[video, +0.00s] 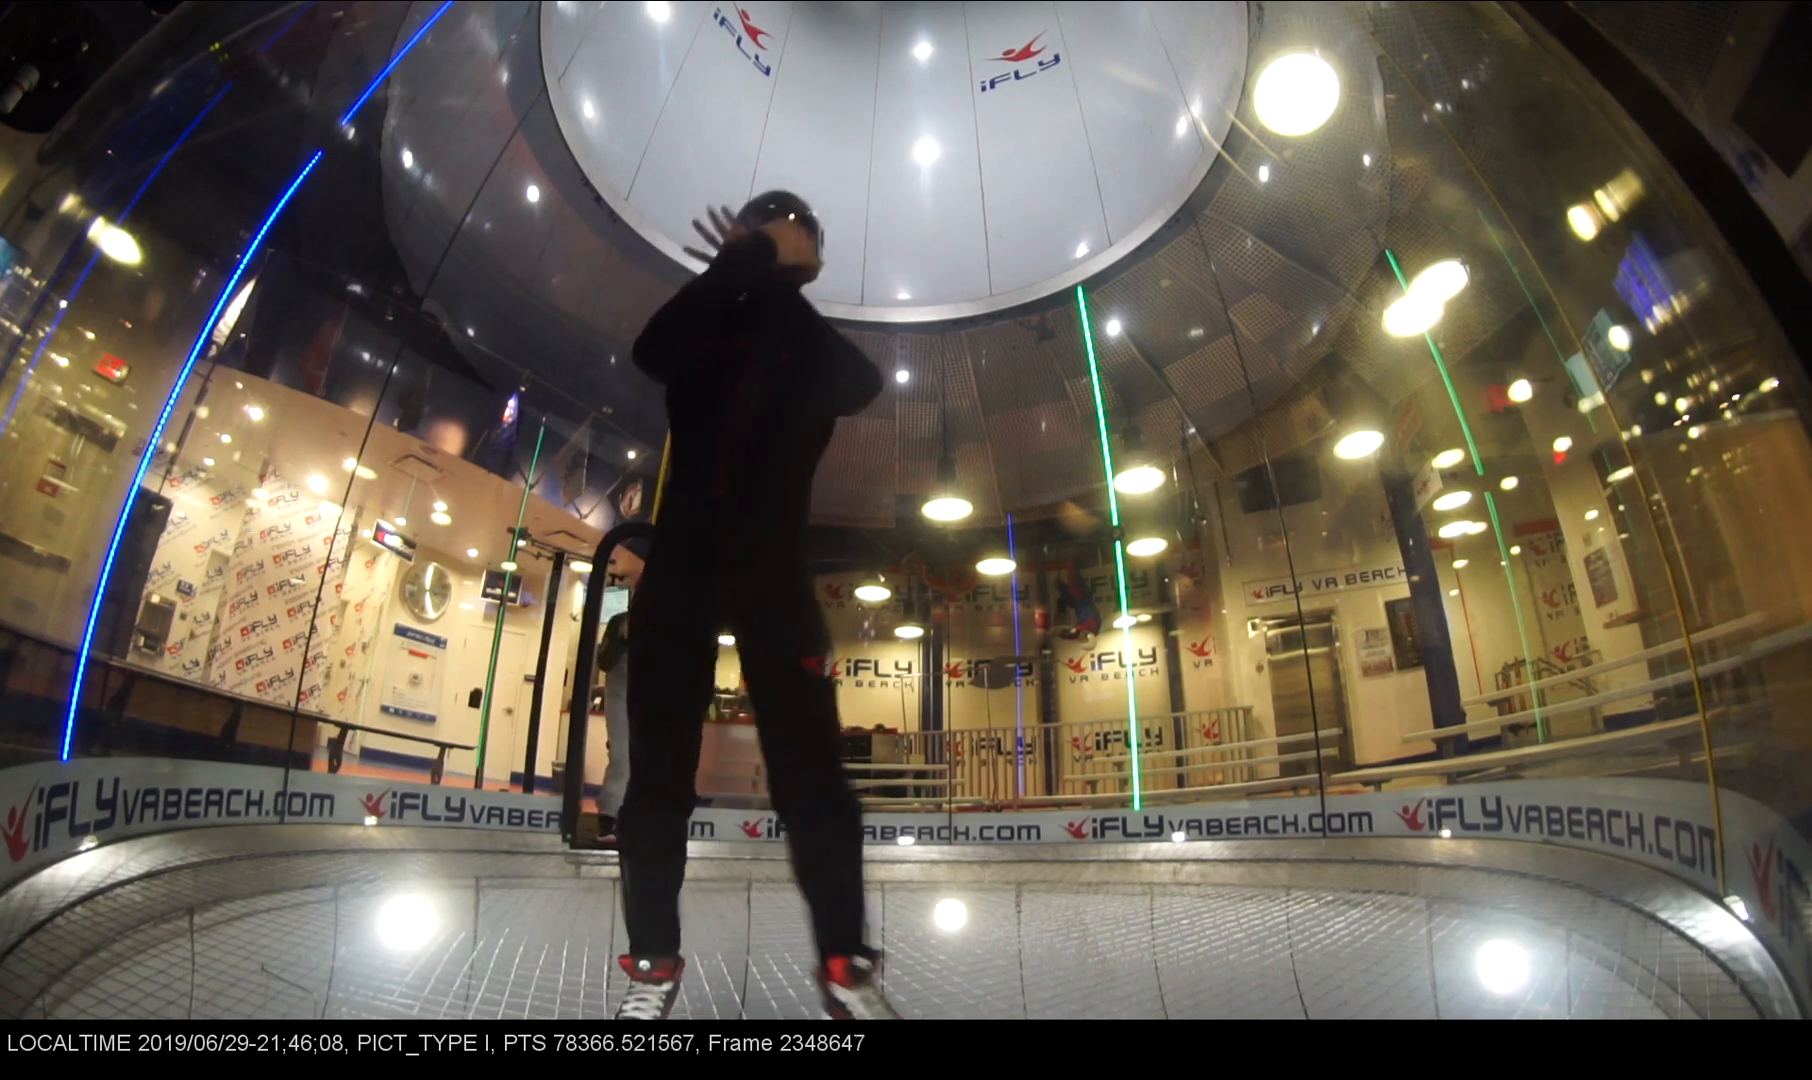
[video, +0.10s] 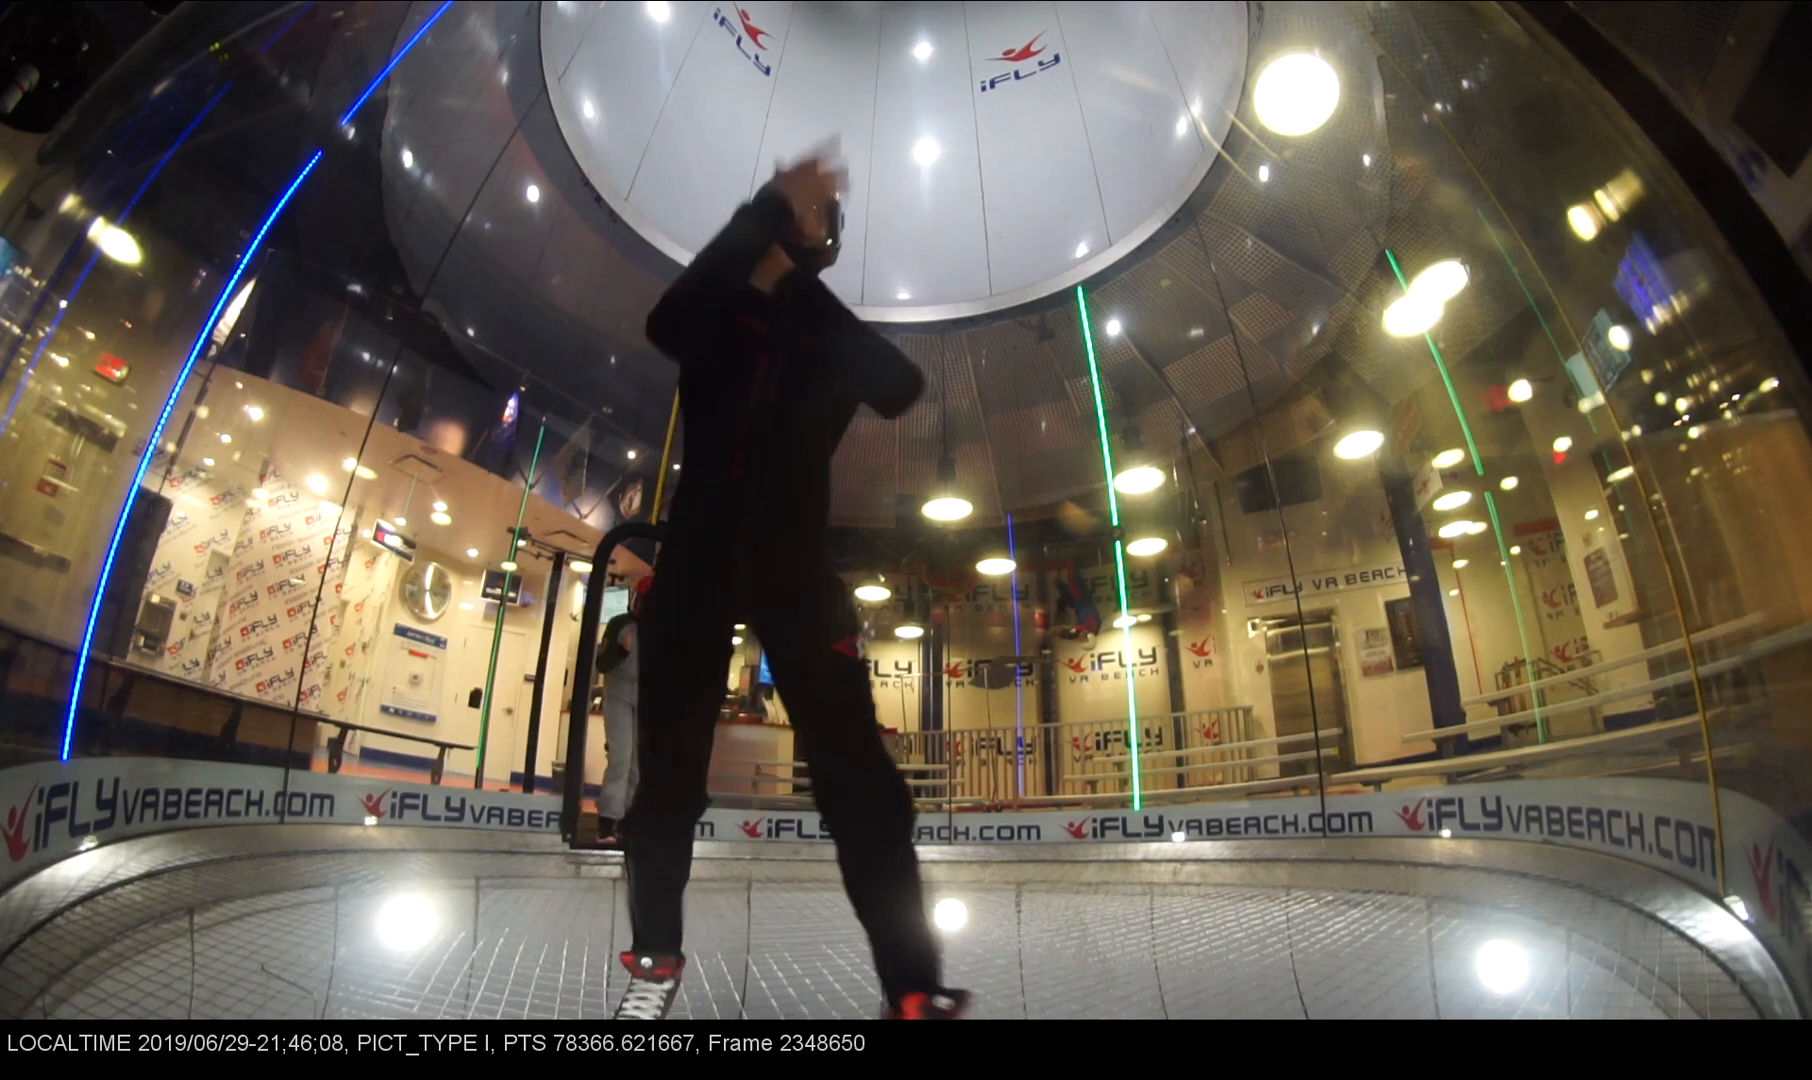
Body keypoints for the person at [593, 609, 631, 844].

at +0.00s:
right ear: (630, 598)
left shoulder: (655, 627)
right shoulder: (620, 622)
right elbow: (604, 662)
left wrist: (633, 636)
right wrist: (620, 637)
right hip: (620, 695)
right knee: (621, 754)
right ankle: (609, 814)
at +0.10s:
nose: (641, 605)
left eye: (647, 601)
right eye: (640, 600)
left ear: (654, 606)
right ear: (634, 600)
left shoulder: (659, 628)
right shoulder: (620, 624)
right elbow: (601, 664)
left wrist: (645, 643)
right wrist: (620, 648)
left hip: (647, 700)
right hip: (619, 698)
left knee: (641, 761)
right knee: (620, 757)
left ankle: (631, 822)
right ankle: (608, 822)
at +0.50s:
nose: (660, 619)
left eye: (665, 614)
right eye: (655, 612)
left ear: (670, 615)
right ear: (642, 610)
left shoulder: (669, 639)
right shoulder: (621, 629)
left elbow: (667, 671)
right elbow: (595, 658)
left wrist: (678, 664)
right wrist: (609, 660)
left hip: (644, 706)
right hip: (612, 704)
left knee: (644, 763)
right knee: (619, 762)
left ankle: (629, 821)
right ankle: (608, 821)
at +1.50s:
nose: (706, 657)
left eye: (713, 652)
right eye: (700, 650)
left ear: (720, 654)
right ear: (686, 648)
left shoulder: (716, 678)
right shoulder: (661, 668)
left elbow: (734, 689)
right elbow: (627, 679)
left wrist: (755, 676)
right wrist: (605, 683)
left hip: (683, 760)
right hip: (643, 759)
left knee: (695, 825)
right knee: (642, 826)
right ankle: (612, 819)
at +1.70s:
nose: (722, 646)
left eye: (729, 640)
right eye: (715, 639)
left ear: (737, 643)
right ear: (701, 640)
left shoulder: (743, 669)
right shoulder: (677, 664)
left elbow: (790, 681)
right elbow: (630, 676)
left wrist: (808, 652)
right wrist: (606, 667)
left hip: (722, 756)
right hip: (674, 759)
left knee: (761, 809)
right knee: (654, 815)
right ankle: (620, 820)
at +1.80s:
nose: (730, 637)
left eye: (737, 630)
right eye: (723, 629)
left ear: (746, 635)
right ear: (708, 632)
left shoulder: (756, 660)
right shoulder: (686, 660)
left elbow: (803, 671)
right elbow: (640, 668)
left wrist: (815, 644)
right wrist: (616, 658)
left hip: (745, 753)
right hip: (694, 757)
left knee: (785, 807)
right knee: (675, 812)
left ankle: (784, 767)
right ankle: (648, 801)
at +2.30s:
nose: (774, 641)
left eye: (780, 634)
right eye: (766, 634)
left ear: (790, 638)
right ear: (756, 639)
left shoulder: (811, 665)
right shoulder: (749, 666)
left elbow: (856, 686)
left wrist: (845, 673)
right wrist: (683, 685)